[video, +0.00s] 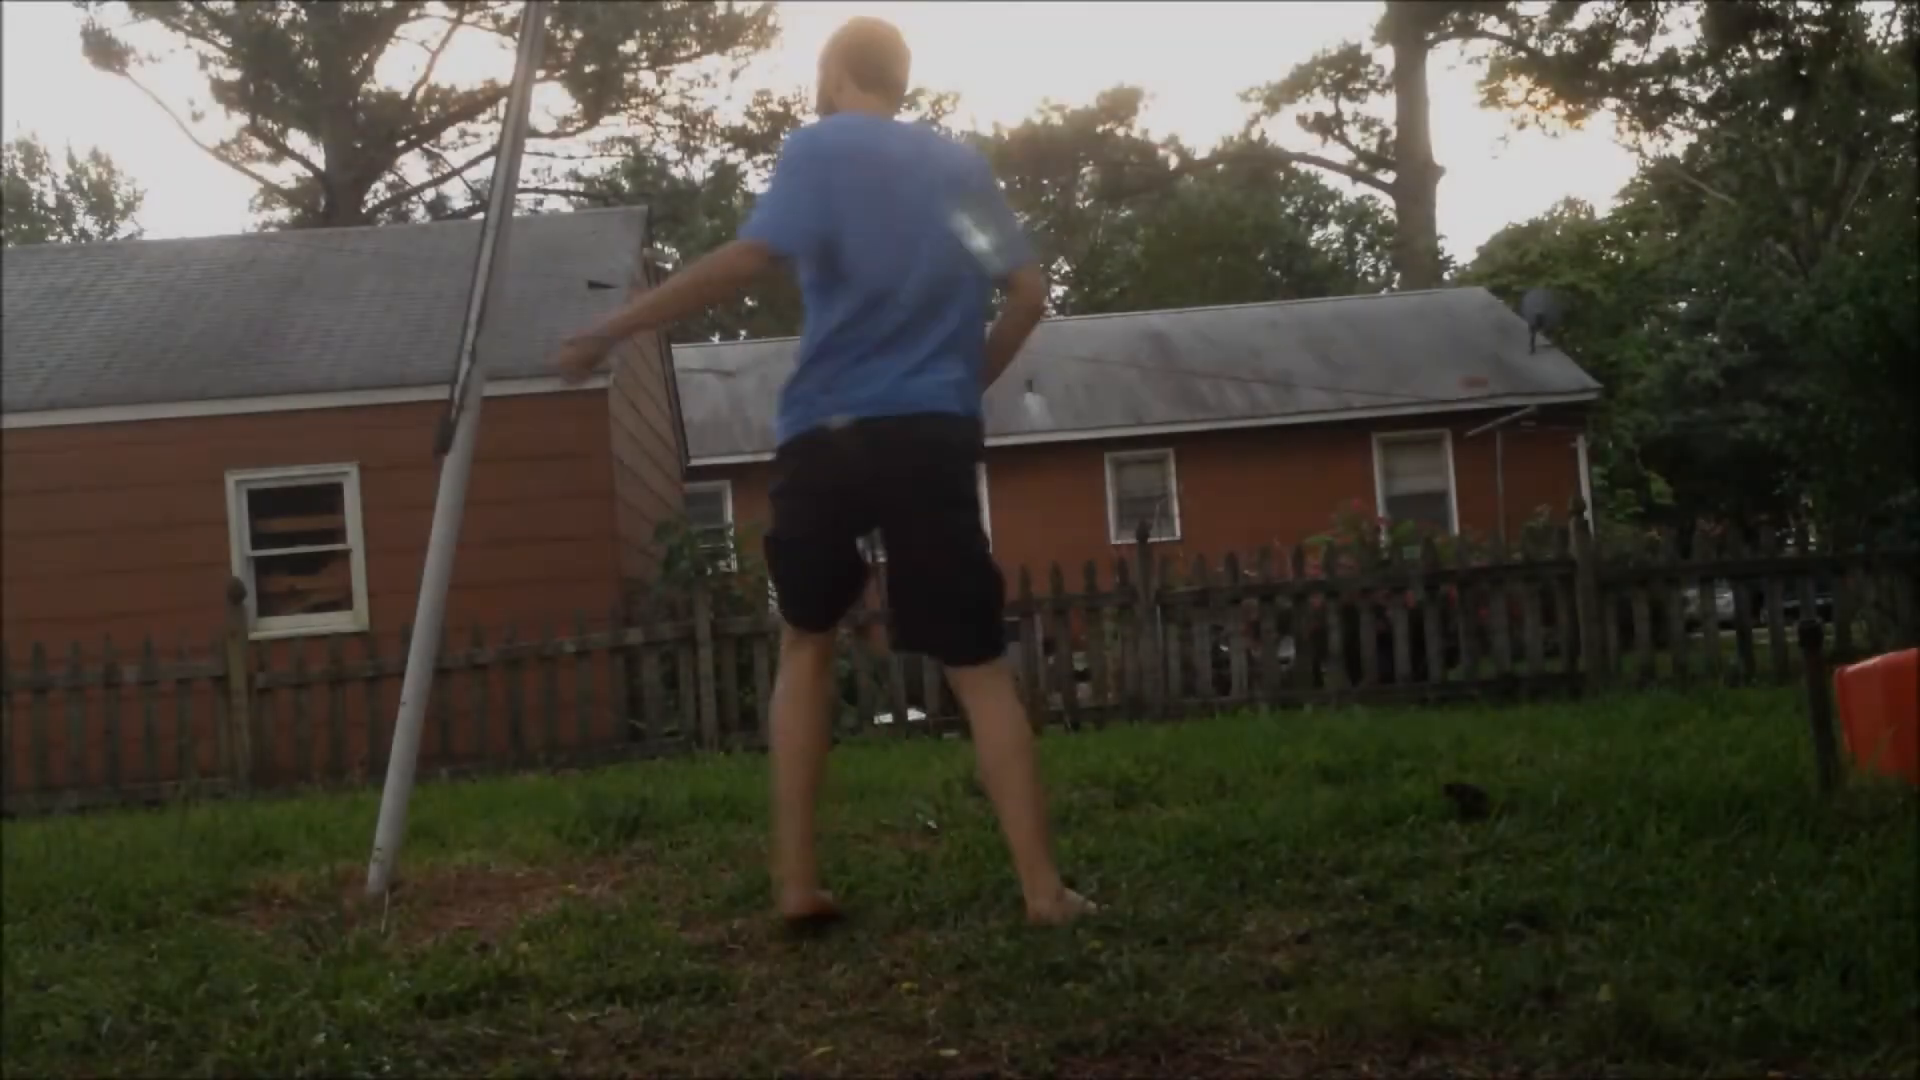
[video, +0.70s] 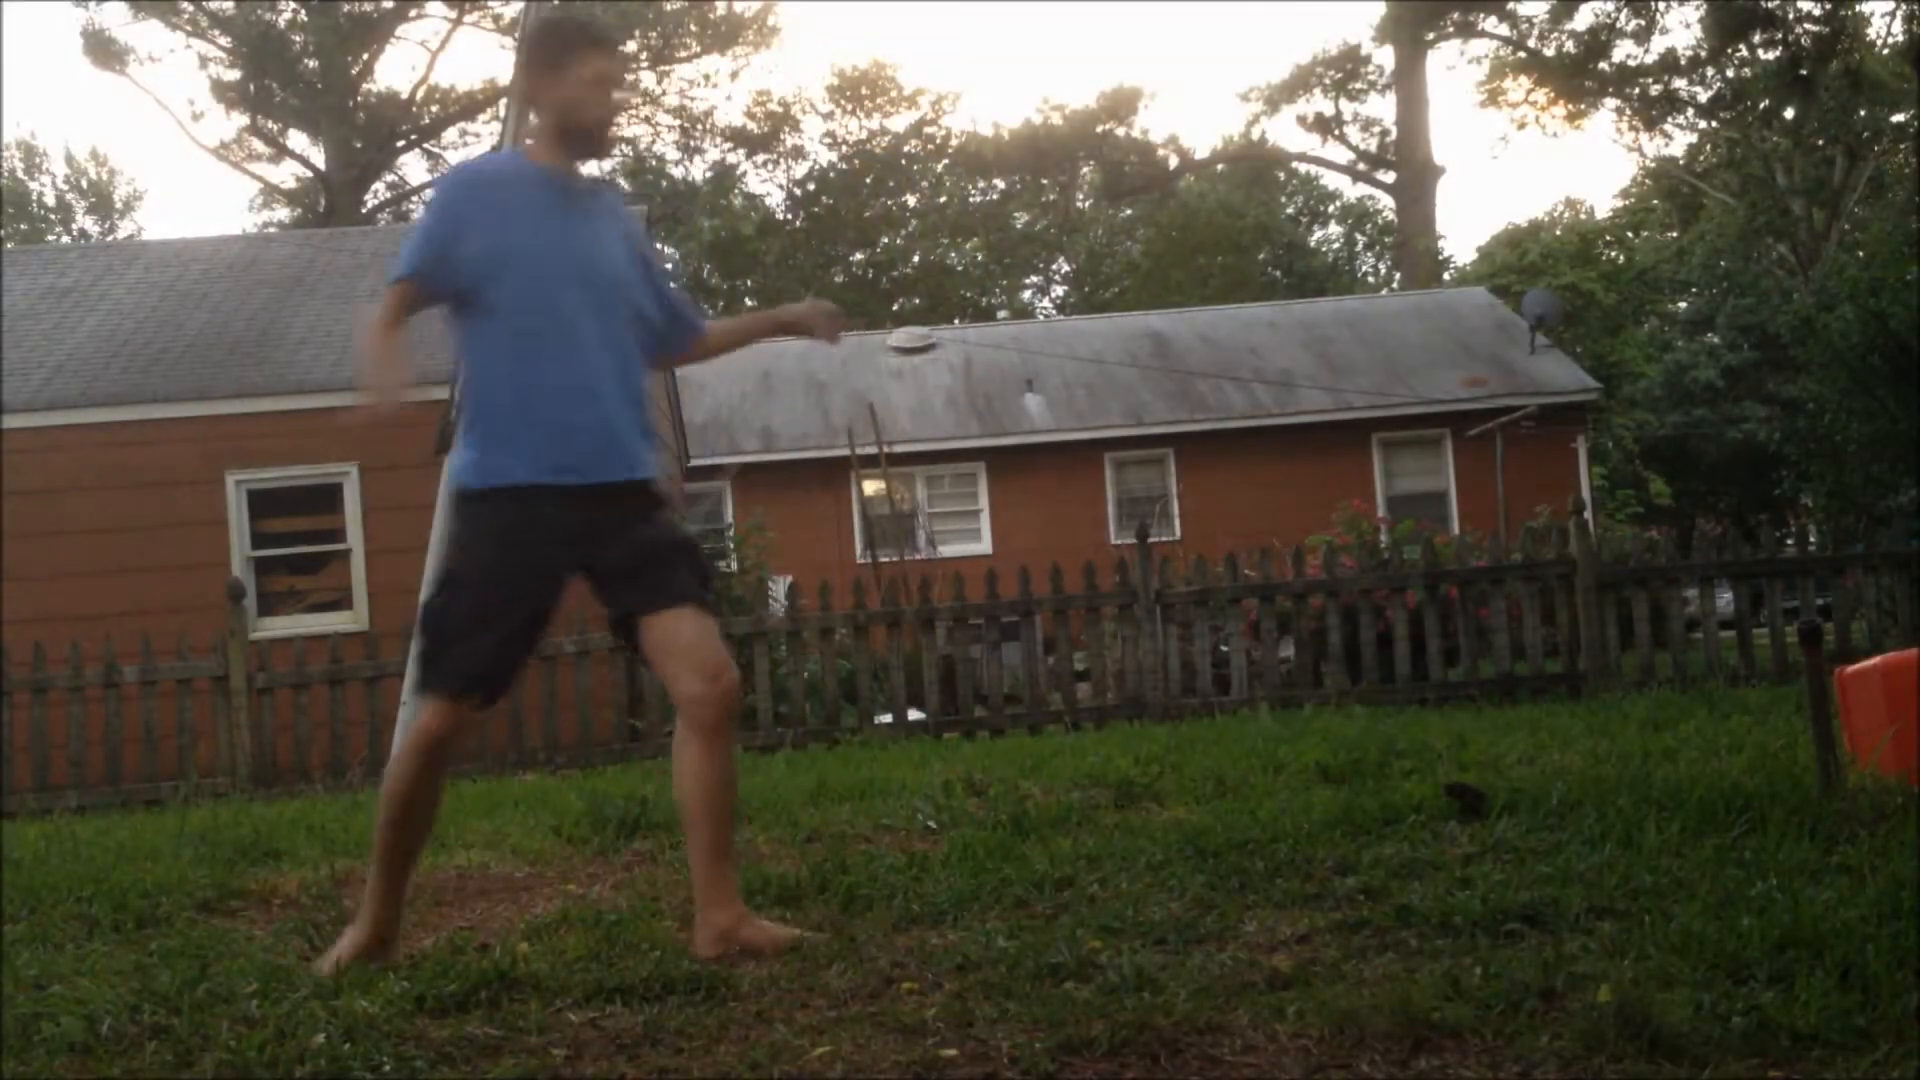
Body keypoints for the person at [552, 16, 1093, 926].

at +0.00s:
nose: (819, 96)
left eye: (820, 82)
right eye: (826, 83)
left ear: (831, 82)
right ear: (902, 87)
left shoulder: (815, 146)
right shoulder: (958, 159)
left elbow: (749, 259)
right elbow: (1031, 293)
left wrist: (611, 328)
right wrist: (971, 377)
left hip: (825, 439)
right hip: (937, 436)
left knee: (806, 646)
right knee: (980, 670)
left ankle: (796, 884)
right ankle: (1044, 891)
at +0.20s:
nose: (870, 134)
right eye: (873, 120)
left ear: (795, 114)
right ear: (870, 120)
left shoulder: (720, 197)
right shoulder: (879, 176)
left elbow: (630, 321)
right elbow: (902, 311)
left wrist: (607, 419)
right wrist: (893, 429)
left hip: (711, 463)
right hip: (809, 452)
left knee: (773, 685)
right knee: (927, 657)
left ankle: (723, 916)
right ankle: (1033, 876)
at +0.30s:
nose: (847, 140)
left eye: (841, 126)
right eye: (848, 126)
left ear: (774, 115)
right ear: (839, 121)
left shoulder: (710, 198)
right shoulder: (807, 168)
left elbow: (634, 355)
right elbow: (786, 301)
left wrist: (641, 471)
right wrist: (850, 416)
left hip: (658, 455)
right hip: (718, 446)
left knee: (758, 690)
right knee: (868, 640)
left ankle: (724, 920)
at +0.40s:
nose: (806, 143)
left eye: (807, 124)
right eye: (805, 122)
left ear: (745, 103)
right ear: (782, 111)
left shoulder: (705, 175)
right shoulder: (721, 160)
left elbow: (672, 320)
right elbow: (678, 282)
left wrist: (749, 434)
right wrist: (780, 398)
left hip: (667, 449)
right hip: (666, 445)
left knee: (733, 666)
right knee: (792, 638)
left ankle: (719, 904)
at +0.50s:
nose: (767, 111)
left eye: (764, 92)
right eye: (756, 91)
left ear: (711, 94)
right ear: (717, 91)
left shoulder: (700, 209)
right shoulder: (638, 157)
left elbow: (700, 362)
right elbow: (576, 279)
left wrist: (809, 396)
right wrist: (678, 378)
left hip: (677, 467)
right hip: (614, 456)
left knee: (735, 681)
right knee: (674, 664)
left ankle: (723, 918)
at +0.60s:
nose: (700, 104)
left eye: (697, 86)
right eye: (685, 85)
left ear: (658, 89)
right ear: (630, 84)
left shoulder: (660, 209)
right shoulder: (549, 167)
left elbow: (699, 349)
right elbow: (476, 288)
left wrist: (805, 333)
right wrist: (547, 367)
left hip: (661, 481)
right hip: (561, 475)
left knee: (724, 683)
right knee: (529, 685)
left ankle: (722, 921)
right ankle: (400, 883)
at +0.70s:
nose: (618, 99)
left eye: (619, 83)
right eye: (601, 82)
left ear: (597, 93)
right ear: (538, 85)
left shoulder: (616, 218)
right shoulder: (477, 188)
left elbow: (676, 341)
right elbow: (391, 308)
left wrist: (779, 319)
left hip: (622, 492)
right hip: (504, 494)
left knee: (709, 684)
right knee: (433, 725)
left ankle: (720, 919)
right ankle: (373, 927)